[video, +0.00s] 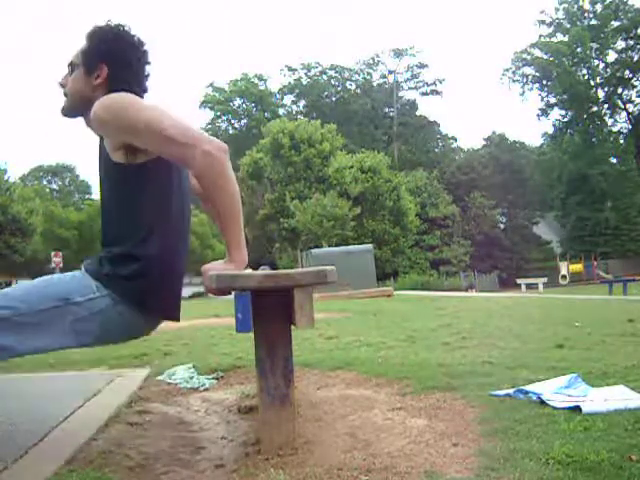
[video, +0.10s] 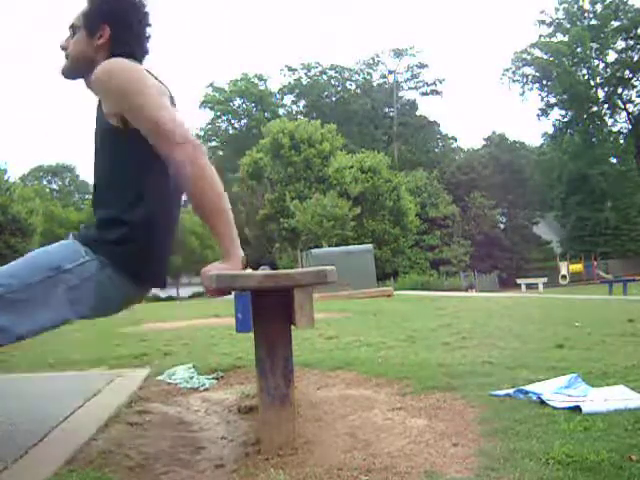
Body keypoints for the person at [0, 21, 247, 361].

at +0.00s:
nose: (62, 81)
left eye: (72, 69)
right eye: (68, 69)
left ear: (99, 76)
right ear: (100, 77)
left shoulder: (110, 109)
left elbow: (212, 153)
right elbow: (202, 187)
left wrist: (237, 257)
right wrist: (240, 250)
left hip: (120, 293)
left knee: (2, 316)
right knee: (5, 311)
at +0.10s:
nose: (64, 44)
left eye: (73, 32)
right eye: (68, 33)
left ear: (102, 36)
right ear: (101, 37)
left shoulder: (115, 73)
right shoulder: (143, 82)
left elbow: (187, 155)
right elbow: (193, 163)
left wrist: (233, 255)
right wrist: (233, 256)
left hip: (109, 259)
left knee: (3, 306)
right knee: (5, 317)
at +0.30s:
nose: (65, 27)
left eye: (74, 14)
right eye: (69, 16)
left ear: (102, 16)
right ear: (101, 17)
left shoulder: (117, 60)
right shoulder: (145, 70)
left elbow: (176, 160)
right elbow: (178, 165)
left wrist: (228, 254)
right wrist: (229, 254)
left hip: (101, 244)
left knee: (4, 305)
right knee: (6, 319)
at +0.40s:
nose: (62, 54)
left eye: (71, 40)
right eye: (66, 42)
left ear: (99, 43)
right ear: (99, 43)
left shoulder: (115, 78)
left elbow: (196, 152)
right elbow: (201, 156)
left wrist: (234, 256)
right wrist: (234, 255)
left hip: (114, 267)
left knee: (2, 314)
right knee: (5, 326)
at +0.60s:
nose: (58, 121)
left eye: (66, 108)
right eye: (61, 109)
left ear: (94, 109)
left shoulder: (112, 137)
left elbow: (221, 155)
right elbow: (219, 202)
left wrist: (239, 259)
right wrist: (243, 259)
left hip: (134, 327)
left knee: (3, 328)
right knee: (10, 316)